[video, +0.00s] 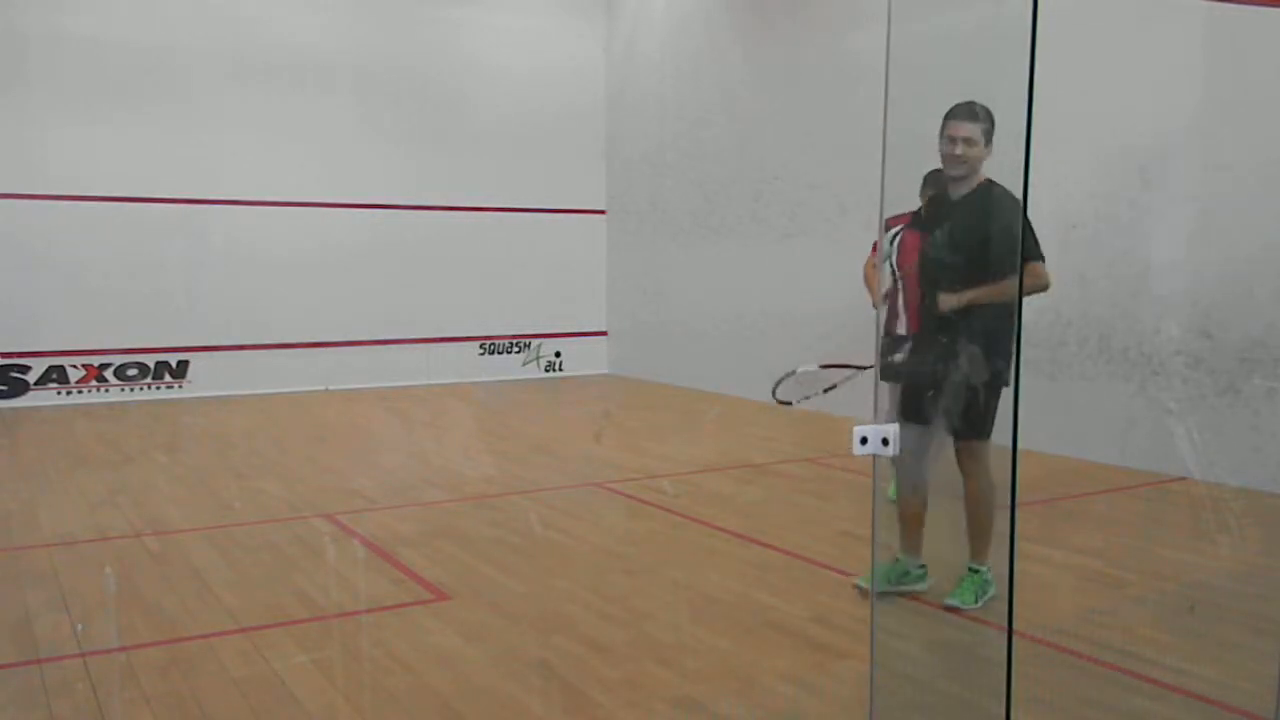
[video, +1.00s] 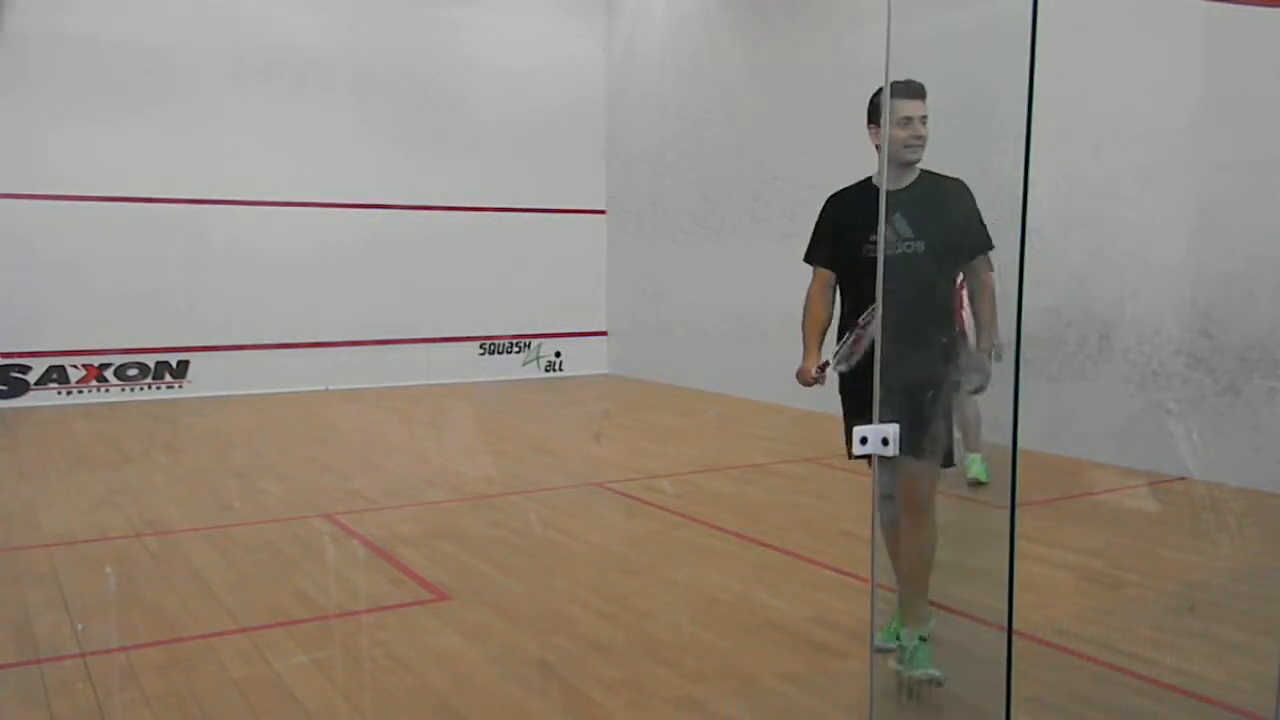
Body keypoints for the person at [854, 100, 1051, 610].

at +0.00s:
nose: (956, 150)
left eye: (968, 143)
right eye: (949, 140)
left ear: (987, 149)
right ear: (939, 143)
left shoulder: (1001, 206)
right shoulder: (934, 203)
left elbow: (1037, 276)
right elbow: (917, 261)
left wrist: (965, 296)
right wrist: (889, 279)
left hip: (979, 352)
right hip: (928, 345)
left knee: (972, 456)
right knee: (909, 451)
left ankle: (979, 571)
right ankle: (910, 562)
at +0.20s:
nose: (968, 150)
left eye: (978, 142)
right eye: (958, 141)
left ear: (989, 149)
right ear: (937, 145)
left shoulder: (1009, 212)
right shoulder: (911, 208)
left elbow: (1033, 281)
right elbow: (894, 281)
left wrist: (992, 315)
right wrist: (879, 334)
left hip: (978, 357)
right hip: (918, 351)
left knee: (971, 457)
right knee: (910, 464)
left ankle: (978, 571)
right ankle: (904, 587)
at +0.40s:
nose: (960, 142)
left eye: (967, 133)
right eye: (949, 132)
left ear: (974, 141)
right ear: (923, 138)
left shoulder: (992, 206)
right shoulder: (891, 209)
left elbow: (1009, 287)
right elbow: (863, 285)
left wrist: (985, 338)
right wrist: (836, 352)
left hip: (965, 362)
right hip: (904, 361)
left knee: (959, 468)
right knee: (909, 477)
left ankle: (967, 564)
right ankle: (912, 604)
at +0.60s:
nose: (943, 133)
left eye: (949, 125)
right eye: (931, 125)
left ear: (954, 134)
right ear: (903, 133)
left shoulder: (971, 202)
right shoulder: (871, 206)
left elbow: (988, 281)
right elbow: (843, 282)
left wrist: (977, 341)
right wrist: (820, 352)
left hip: (958, 362)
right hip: (892, 366)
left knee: (969, 485)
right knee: (900, 488)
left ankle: (949, 549)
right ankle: (911, 603)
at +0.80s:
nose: (929, 134)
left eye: (935, 125)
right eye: (918, 125)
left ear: (940, 132)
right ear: (890, 131)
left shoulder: (959, 197)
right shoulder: (856, 205)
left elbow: (975, 278)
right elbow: (828, 279)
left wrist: (978, 341)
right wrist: (818, 340)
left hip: (947, 364)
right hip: (881, 369)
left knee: (946, 486)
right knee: (893, 487)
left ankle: (956, 615)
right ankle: (911, 605)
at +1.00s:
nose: (917, 131)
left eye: (922, 122)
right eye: (904, 123)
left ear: (929, 129)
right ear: (875, 132)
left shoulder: (951, 196)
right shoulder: (844, 205)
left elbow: (980, 275)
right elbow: (821, 282)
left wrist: (987, 345)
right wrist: (812, 349)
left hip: (931, 366)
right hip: (867, 370)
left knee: (917, 496)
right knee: (887, 496)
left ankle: (915, 629)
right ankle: (909, 607)